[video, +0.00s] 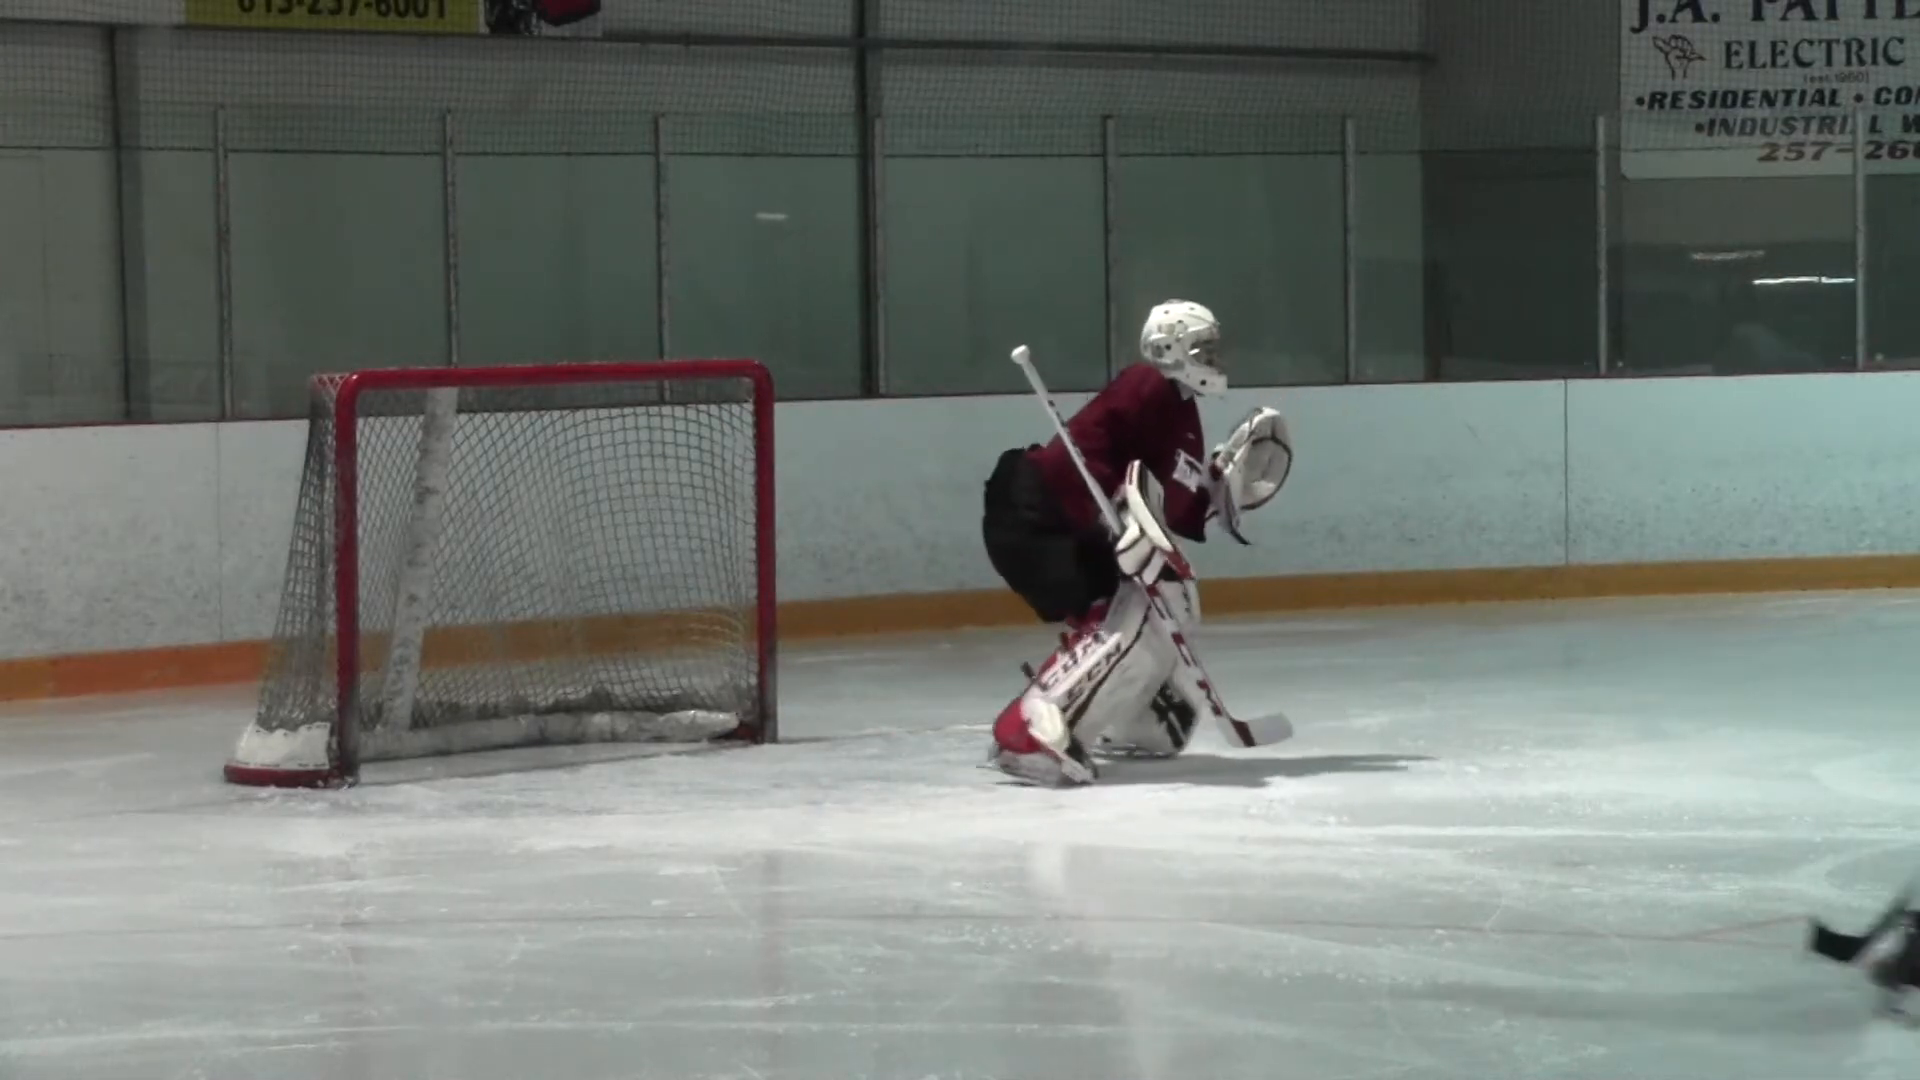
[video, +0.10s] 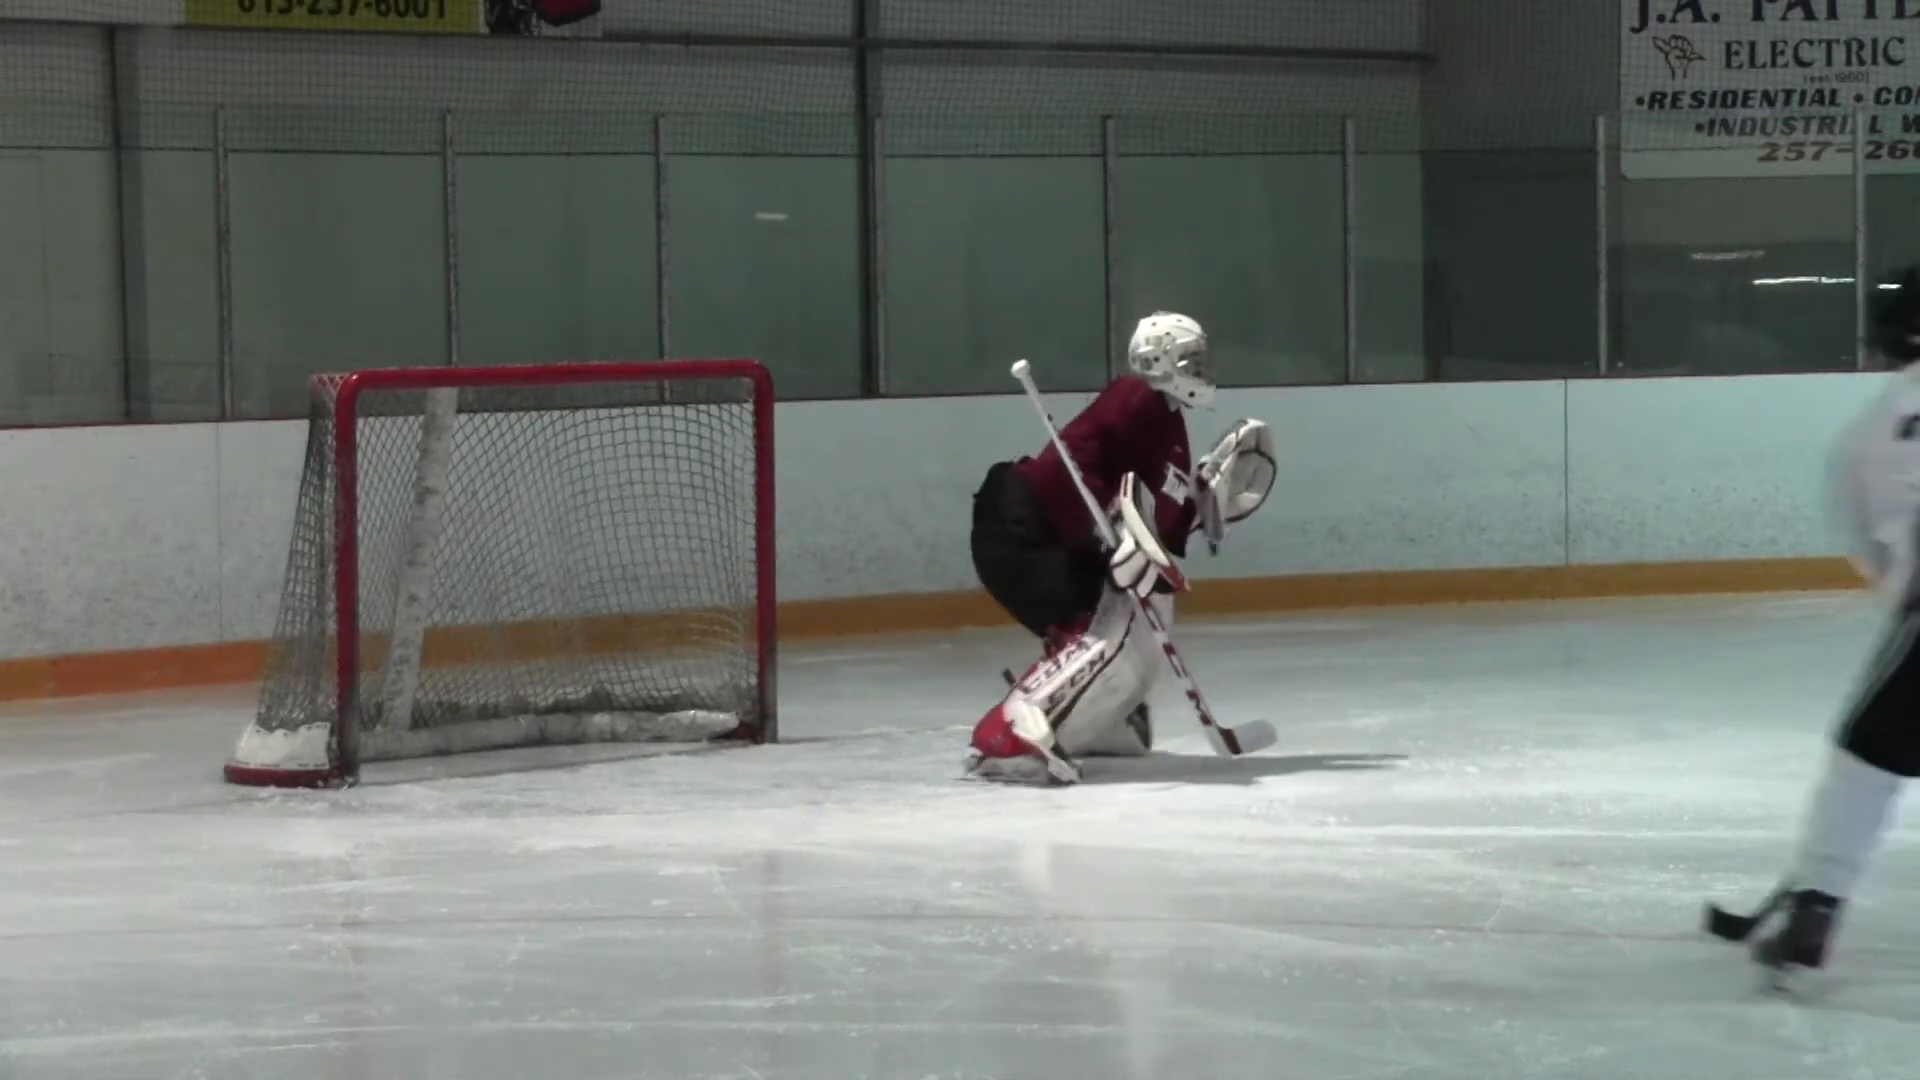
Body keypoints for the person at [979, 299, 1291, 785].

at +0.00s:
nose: (1215, 358)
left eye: (1215, 347)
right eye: (1203, 348)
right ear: (1173, 353)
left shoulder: (1180, 410)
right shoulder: (1147, 386)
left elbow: (1187, 513)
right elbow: (1076, 451)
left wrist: (1232, 482)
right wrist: (1119, 524)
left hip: (1068, 517)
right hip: (1028, 505)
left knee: (1161, 596)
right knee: (1124, 616)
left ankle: (1120, 725)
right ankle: (1030, 726)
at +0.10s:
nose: (1202, 371)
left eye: (1202, 359)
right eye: (1191, 359)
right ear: (1160, 364)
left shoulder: (1168, 423)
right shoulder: (1133, 398)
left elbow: (1166, 525)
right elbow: (1067, 462)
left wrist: (1209, 493)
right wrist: (1120, 533)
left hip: (1060, 534)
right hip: (1018, 524)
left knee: (1137, 622)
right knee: (1109, 632)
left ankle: (1097, 729)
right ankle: (1011, 729)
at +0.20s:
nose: (1192, 385)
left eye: (1192, 373)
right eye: (1181, 374)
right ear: (1150, 378)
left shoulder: (1148, 423)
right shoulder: (1128, 415)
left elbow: (1165, 511)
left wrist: (1201, 504)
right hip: (1012, 538)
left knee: (1130, 651)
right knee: (1117, 655)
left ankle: (1080, 734)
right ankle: (1010, 727)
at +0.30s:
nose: (1186, 398)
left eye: (1186, 387)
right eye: (1175, 388)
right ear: (1145, 391)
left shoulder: (1145, 441)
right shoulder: (1119, 426)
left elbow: (1157, 531)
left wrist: (1191, 518)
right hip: (1002, 546)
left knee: (1127, 652)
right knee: (1113, 657)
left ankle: (1075, 736)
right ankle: (1007, 729)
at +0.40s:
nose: (1179, 402)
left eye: (1180, 391)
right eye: (1169, 391)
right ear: (1139, 393)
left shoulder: (1130, 438)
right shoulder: (1116, 430)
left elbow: (1149, 521)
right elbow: (1141, 516)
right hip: (1006, 560)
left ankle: (1071, 732)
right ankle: (1005, 731)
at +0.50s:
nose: (1169, 404)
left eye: (1170, 393)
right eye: (1158, 393)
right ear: (1128, 393)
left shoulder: (1123, 441)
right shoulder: (1104, 428)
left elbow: (1131, 532)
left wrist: (1166, 587)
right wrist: (1132, 563)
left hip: (1065, 580)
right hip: (1020, 573)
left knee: (1139, 661)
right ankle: (992, 727)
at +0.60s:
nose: (1163, 422)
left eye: (1165, 412)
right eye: (1156, 411)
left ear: (1107, 402)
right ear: (1132, 408)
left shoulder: (1079, 437)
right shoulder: (1115, 460)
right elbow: (1129, 583)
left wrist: (1165, 622)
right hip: (1041, 604)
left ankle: (1000, 714)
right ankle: (1013, 723)